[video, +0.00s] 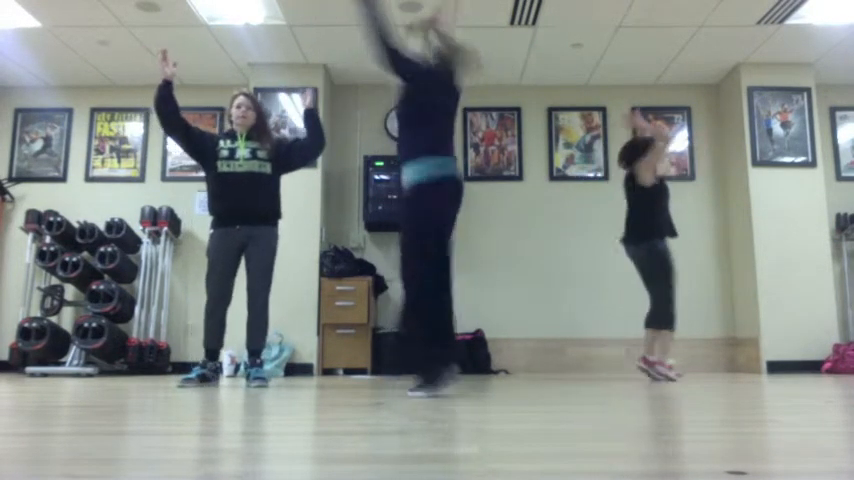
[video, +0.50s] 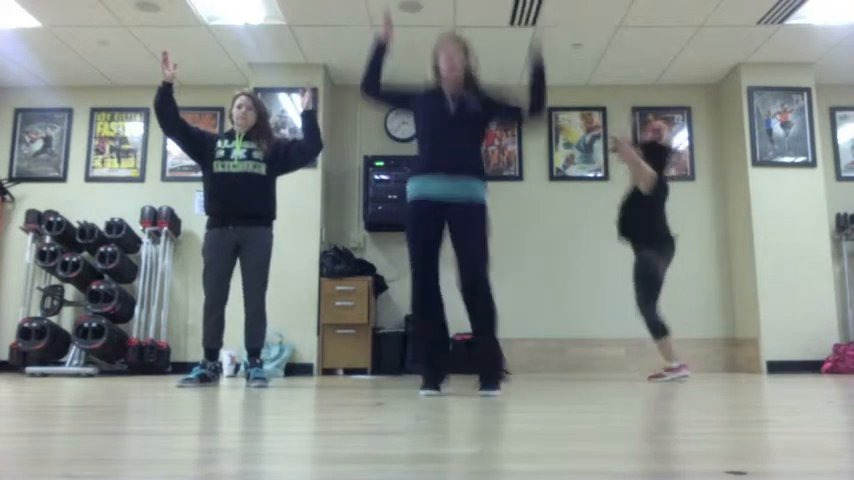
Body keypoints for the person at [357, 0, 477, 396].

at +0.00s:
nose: (414, 48)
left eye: (418, 45)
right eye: (419, 43)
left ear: (424, 52)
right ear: (449, 58)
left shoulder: (422, 78)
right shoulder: (446, 83)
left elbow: (388, 50)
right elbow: (442, 57)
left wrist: (368, 5)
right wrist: (433, 28)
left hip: (426, 185)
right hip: (443, 183)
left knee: (419, 273)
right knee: (433, 271)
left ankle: (432, 367)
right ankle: (440, 361)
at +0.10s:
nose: (412, 77)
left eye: (416, 71)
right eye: (412, 71)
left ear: (427, 73)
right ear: (435, 73)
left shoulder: (436, 99)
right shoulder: (433, 101)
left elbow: (428, 61)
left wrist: (414, 28)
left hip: (435, 199)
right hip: (434, 199)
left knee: (418, 286)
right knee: (423, 286)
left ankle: (439, 377)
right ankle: (442, 374)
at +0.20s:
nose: (424, 66)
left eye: (431, 61)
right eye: (421, 61)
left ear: (445, 65)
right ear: (416, 67)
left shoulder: (456, 96)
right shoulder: (413, 105)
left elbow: (489, 66)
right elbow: (387, 88)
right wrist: (390, 50)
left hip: (445, 200)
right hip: (419, 203)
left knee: (430, 283)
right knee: (417, 283)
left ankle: (438, 373)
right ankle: (433, 370)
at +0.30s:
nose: (429, 47)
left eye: (436, 41)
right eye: (425, 42)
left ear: (448, 48)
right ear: (420, 50)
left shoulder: (464, 83)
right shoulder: (412, 90)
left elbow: (506, 61)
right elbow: (379, 76)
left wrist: (506, 18)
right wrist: (382, 30)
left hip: (451, 189)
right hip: (418, 191)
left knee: (446, 271)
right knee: (421, 270)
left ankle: (445, 363)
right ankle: (425, 362)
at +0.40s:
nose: (443, 46)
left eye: (450, 41)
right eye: (437, 42)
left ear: (462, 48)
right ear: (431, 51)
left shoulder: (478, 86)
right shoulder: (417, 87)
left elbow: (528, 84)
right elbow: (372, 74)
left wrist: (531, 32)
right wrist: (379, 26)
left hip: (464, 186)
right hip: (422, 187)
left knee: (467, 275)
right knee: (425, 278)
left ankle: (483, 363)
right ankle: (430, 368)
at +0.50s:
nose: (449, 61)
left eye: (455, 54)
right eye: (443, 55)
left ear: (466, 61)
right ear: (436, 62)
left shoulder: (480, 103)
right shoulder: (422, 100)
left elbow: (533, 110)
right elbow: (370, 89)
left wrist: (537, 64)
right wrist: (382, 44)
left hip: (468, 199)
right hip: (425, 199)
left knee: (474, 283)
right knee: (425, 284)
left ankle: (490, 372)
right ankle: (431, 372)